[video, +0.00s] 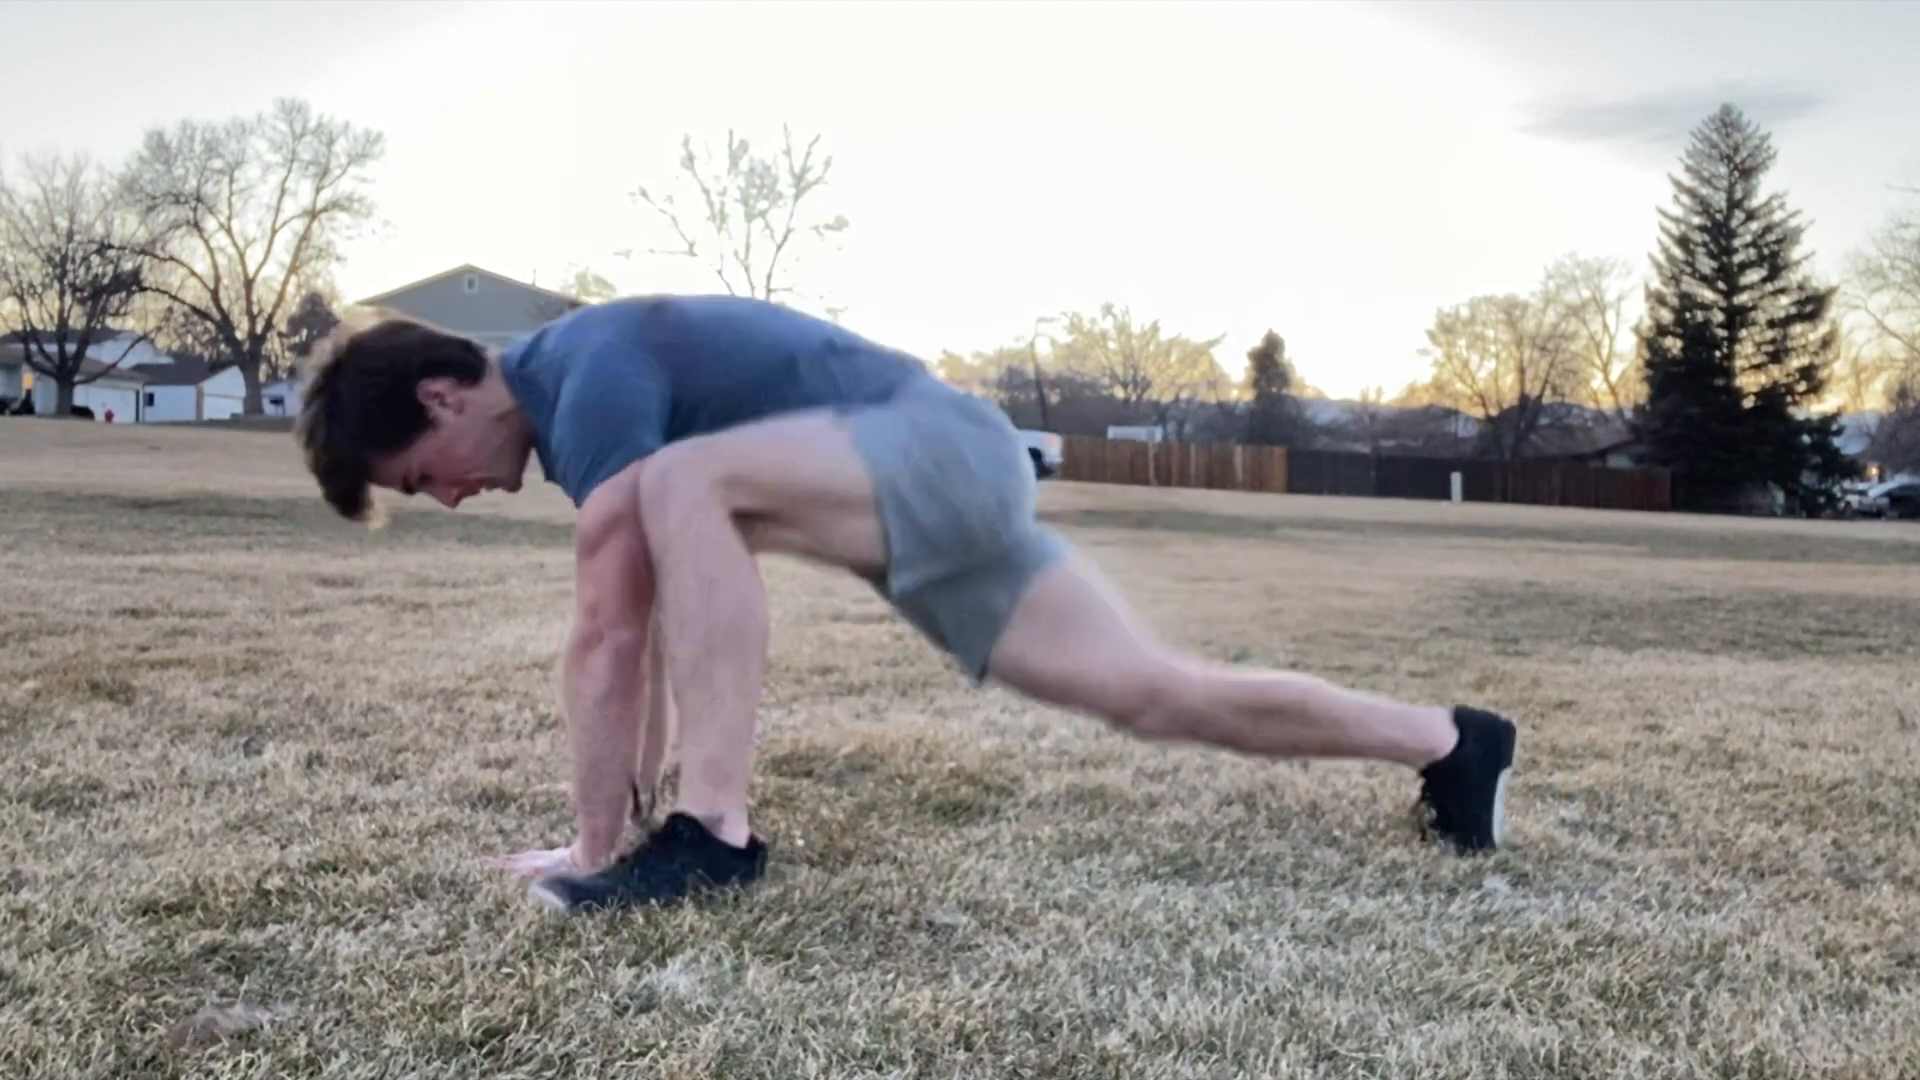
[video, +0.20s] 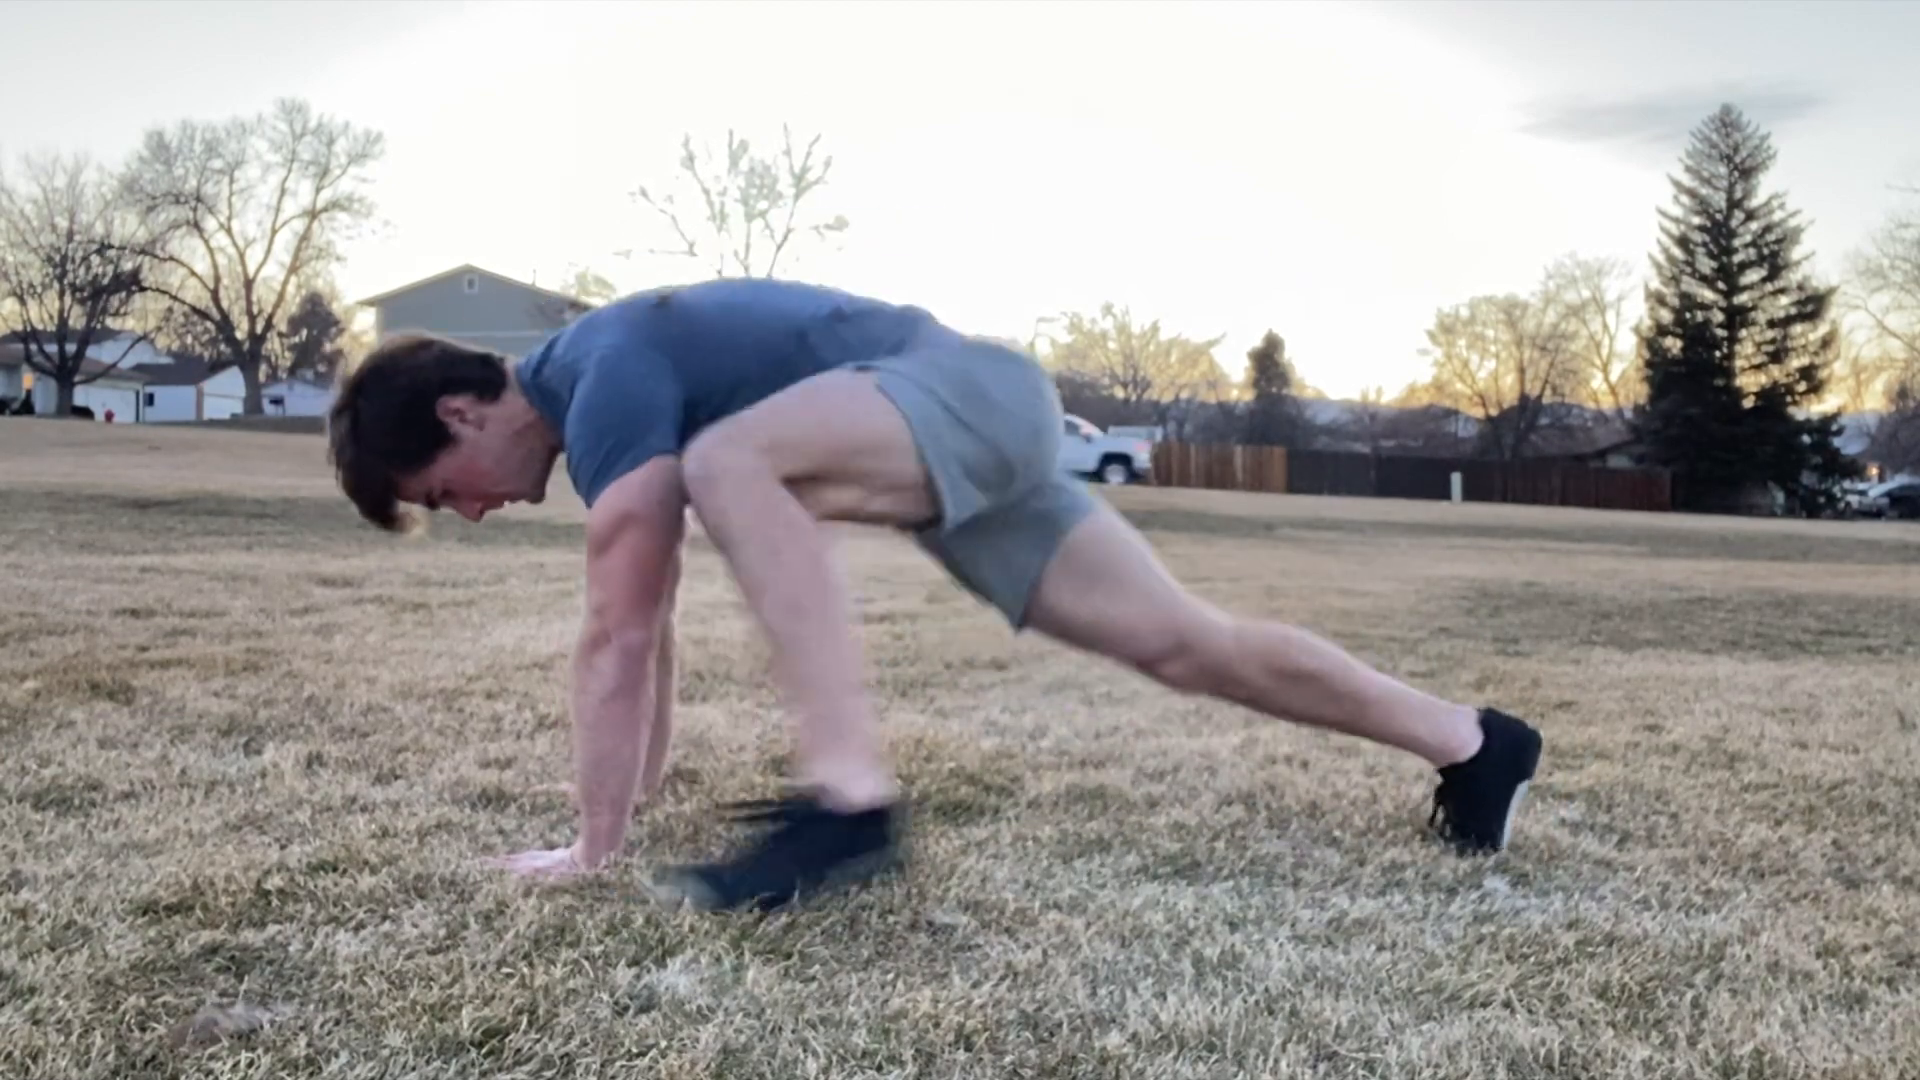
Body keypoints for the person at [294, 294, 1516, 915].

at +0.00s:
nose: (447, 495)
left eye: (424, 473)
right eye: (420, 490)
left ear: (447, 398)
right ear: (449, 402)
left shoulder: (593, 378)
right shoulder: (574, 408)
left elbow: (610, 623)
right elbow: (646, 627)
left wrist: (615, 846)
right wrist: (616, 823)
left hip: (941, 445)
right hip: (941, 509)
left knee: (678, 487)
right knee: (1143, 687)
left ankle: (712, 838)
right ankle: (1446, 743)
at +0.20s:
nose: (468, 512)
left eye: (444, 490)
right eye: (443, 506)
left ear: (468, 416)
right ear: (473, 422)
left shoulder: (613, 369)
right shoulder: (600, 417)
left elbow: (620, 625)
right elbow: (633, 637)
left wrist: (594, 839)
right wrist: (612, 832)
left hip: (969, 384)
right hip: (965, 451)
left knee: (729, 465)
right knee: (1183, 645)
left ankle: (848, 793)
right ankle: (1474, 744)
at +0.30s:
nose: (469, 523)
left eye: (443, 501)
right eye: (440, 516)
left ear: (458, 427)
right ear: (465, 430)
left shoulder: (591, 368)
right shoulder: (591, 400)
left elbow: (615, 621)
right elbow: (630, 621)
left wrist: (594, 847)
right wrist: (641, 789)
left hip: (951, 330)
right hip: (972, 373)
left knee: (841, 562)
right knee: (1187, 592)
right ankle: (1455, 724)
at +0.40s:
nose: (464, 520)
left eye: (437, 498)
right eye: (436, 515)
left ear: (451, 424)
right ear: (459, 426)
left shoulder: (580, 370)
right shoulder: (594, 390)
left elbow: (604, 622)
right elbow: (646, 608)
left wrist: (592, 846)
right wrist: (647, 774)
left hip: (944, 349)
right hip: (963, 354)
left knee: (1055, 663)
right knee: (1175, 588)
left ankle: (1378, 657)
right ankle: (1429, 726)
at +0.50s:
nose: (466, 515)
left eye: (438, 494)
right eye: (437, 510)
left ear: (450, 417)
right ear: (460, 426)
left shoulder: (583, 369)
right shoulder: (599, 393)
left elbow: (613, 611)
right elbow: (651, 613)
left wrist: (597, 835)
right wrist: (642, 781)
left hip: (959, 404)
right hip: (948, 423)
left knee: (1206, 640)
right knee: (1197, 632)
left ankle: (1513, 751)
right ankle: (1483, 743)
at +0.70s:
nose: (515, 511)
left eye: (488, 489)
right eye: (490, 505)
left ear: (498, 413)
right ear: (509, 421)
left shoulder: (631, 366)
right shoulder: (644, 402)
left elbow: (632, 622)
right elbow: (678, 624)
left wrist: (592, 839)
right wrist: (638, 791)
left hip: (1012, 412)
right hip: (1005, 427)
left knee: (1289, 636)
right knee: (1267, 636)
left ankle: (1567, 777)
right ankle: (1515, 759)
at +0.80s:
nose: (550, 518)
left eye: (522, 497)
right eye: (524, 513)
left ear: (529, 423)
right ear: (542, 421)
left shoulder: (658, 368)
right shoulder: (681, 391)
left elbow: (635, 638)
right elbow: (745, 590)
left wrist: (588, 853)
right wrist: (702, 754)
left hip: (1052, 376)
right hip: (1032, 398)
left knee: (1309, 614)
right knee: (1273, 618)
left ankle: (1582, 781)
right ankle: (1515, 757)